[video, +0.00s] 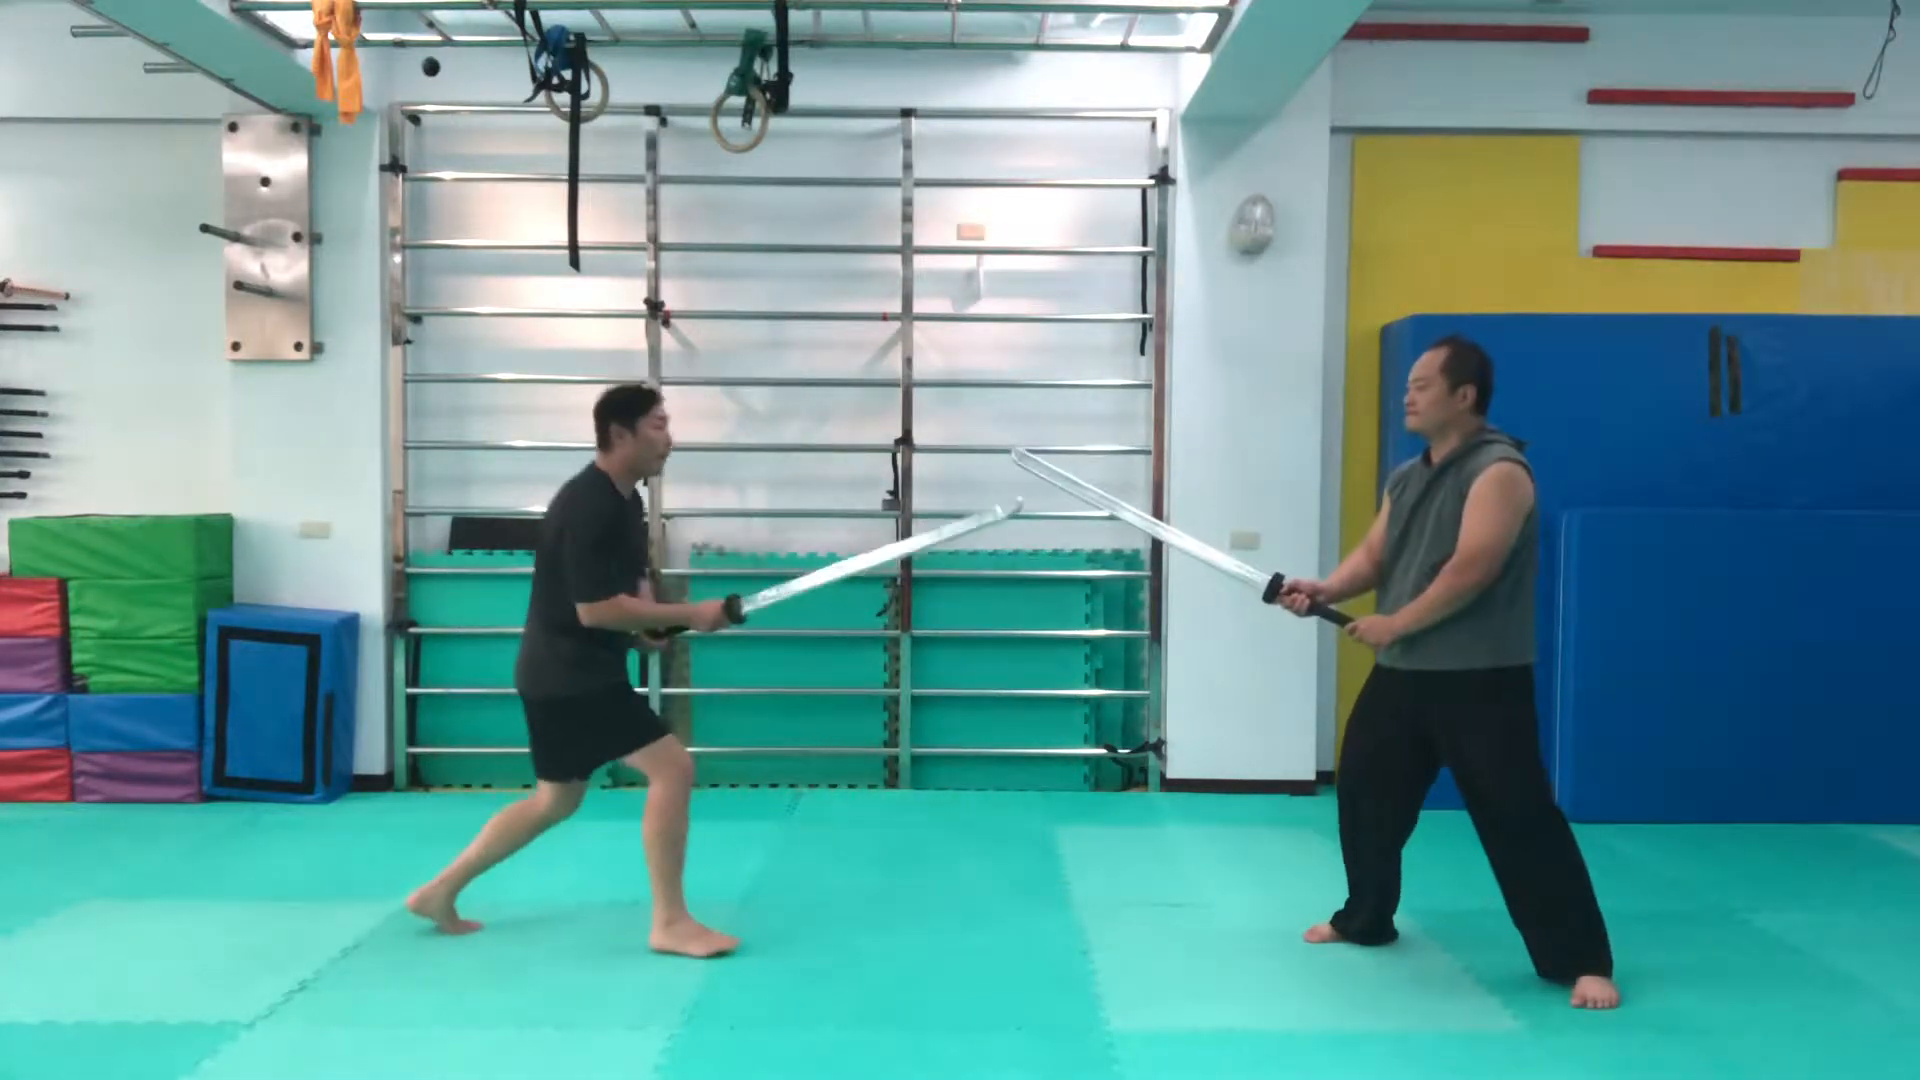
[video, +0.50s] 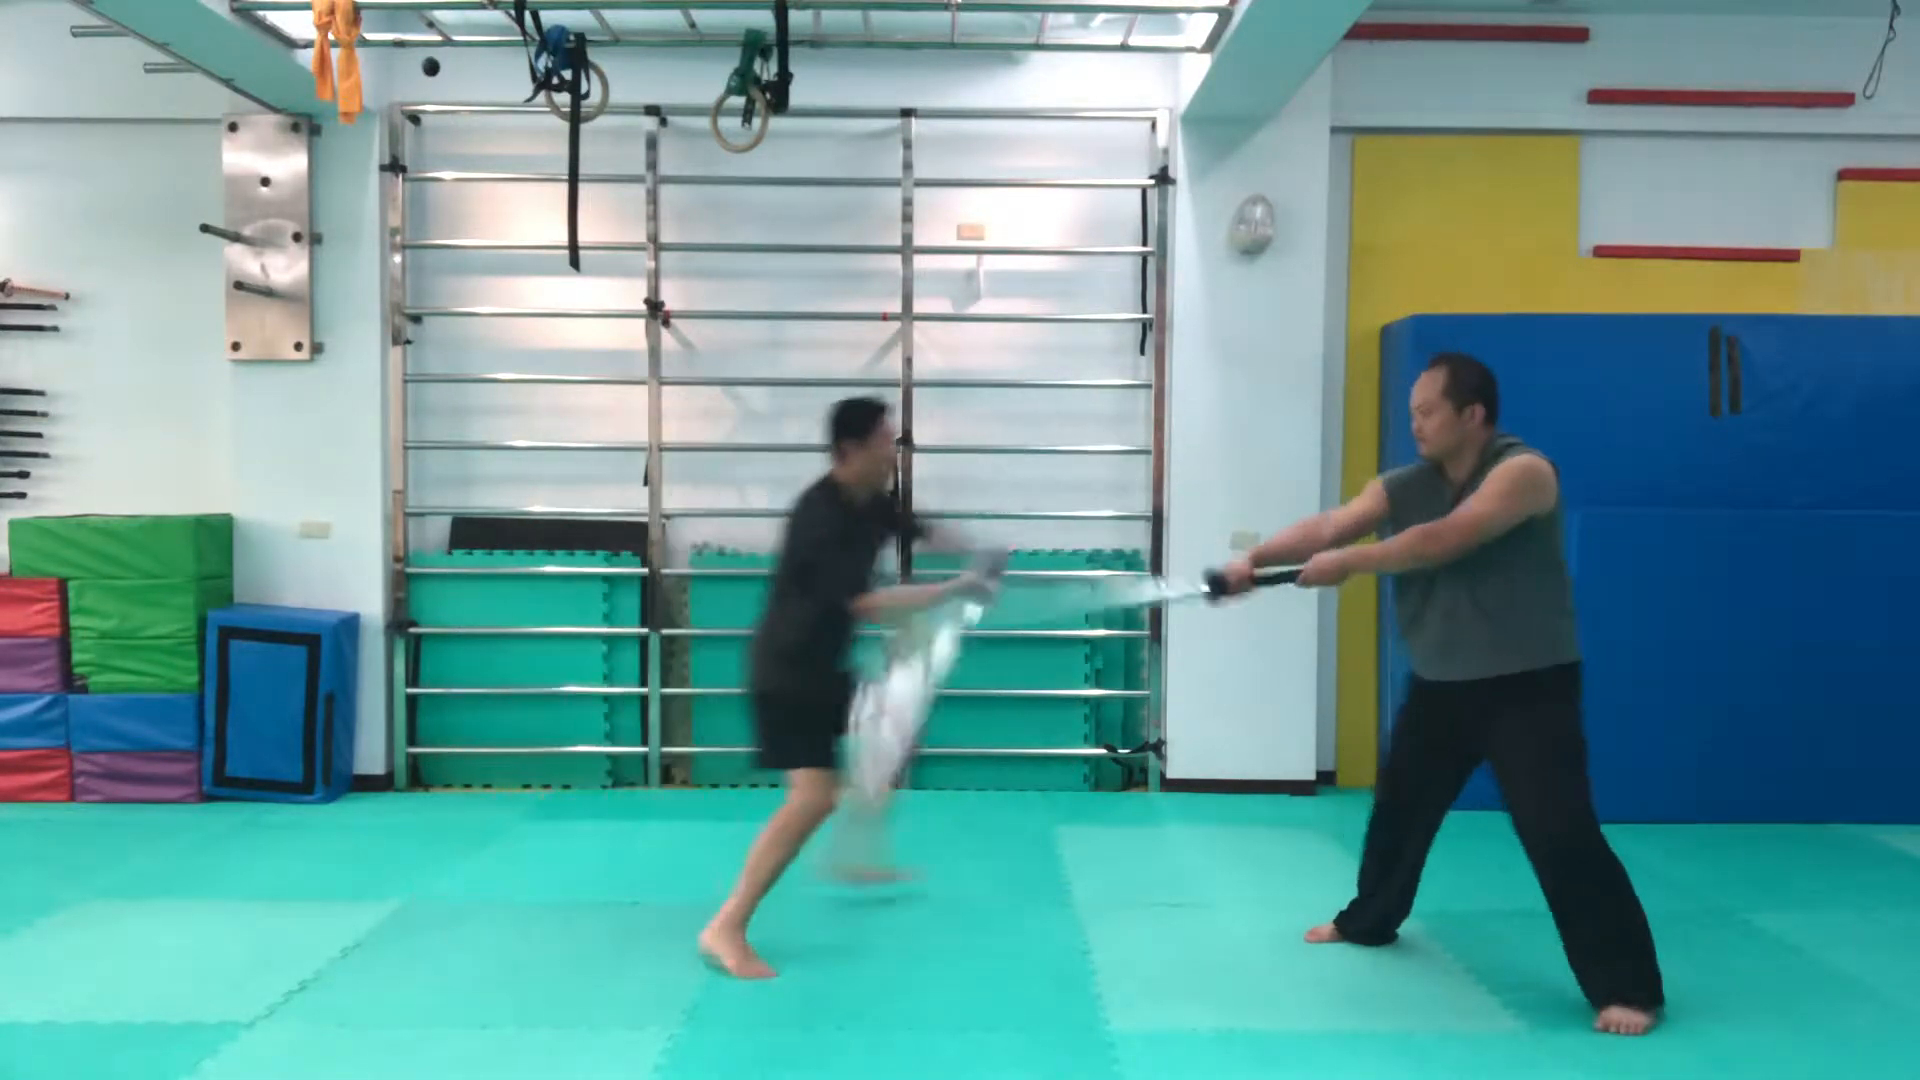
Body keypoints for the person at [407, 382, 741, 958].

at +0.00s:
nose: (670, 438)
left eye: (667, 425)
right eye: (659, 426)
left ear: (620, 436)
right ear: (619, 435)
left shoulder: (620, 500)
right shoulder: (591, 502)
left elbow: (621, 586)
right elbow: (595, 608)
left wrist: (647, 626)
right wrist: (694, 614)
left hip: (559, 675)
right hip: (574, 676)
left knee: (557, 799)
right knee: (672, 767)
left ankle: (439, 894)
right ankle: (670, 923)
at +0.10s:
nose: (685, 448)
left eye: (683, 436)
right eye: (674, 438)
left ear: (647, 446)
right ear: (636, 446)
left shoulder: (653, 515)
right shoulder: (597, 510)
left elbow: (647, 605)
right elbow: (604, 611)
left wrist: (673, 630)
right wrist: (703, 613)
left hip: (590, 683)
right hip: (586, 684)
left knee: (564, 808)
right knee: (694, 769)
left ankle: (441, 894)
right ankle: (691, 926)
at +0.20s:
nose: (720, 456)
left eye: (719, 445)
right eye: (709, 446)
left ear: (684, 455)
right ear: (671, 453)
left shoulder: (698, 522)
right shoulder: (634, 512)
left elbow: (702, 612)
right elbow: (655, 590)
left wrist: (751, 596)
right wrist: (757, 587)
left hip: (627, 690)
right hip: (626, 691)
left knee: (562, 812)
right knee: (729, 770)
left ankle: (440, 892)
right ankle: (713, 929)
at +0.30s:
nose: (769, 461)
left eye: (769, 450)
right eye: (760, 452)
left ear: (734, 460)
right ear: (727, 460)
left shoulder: (760, 520)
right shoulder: (694, 516)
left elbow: (798, 599)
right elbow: (746, 552)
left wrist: (815, 561)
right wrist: (853, 539)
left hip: (686, 691)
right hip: (678, 692)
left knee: (645, 817)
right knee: (755, 786)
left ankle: (509, 857)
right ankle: (714, 941)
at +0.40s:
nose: (834, 464)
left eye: (833, 454)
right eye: (824, 455)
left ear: (810, 461)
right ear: (791, 463)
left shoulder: (821, 520)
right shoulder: (761, 521)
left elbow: (856, 585)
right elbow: (813, 589)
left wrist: (901, 578)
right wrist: (895, 572)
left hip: (753, 681)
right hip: (723, 680)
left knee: (760, 806)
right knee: (783, 797)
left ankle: (648, 831)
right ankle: (716, 941)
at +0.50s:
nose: (895, 453)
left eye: (894, 442)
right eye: (886, 443)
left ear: (857, 449)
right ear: (851, 450)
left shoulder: (871, 500)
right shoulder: (825, 511)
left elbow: (923, 534)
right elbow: (858, 601)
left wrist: (979, 555)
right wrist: (954, 588)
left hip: (824, 663)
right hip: (788, 667)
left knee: (893, 729)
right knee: (813, 795)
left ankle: (857, 858)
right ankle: (726, 928)